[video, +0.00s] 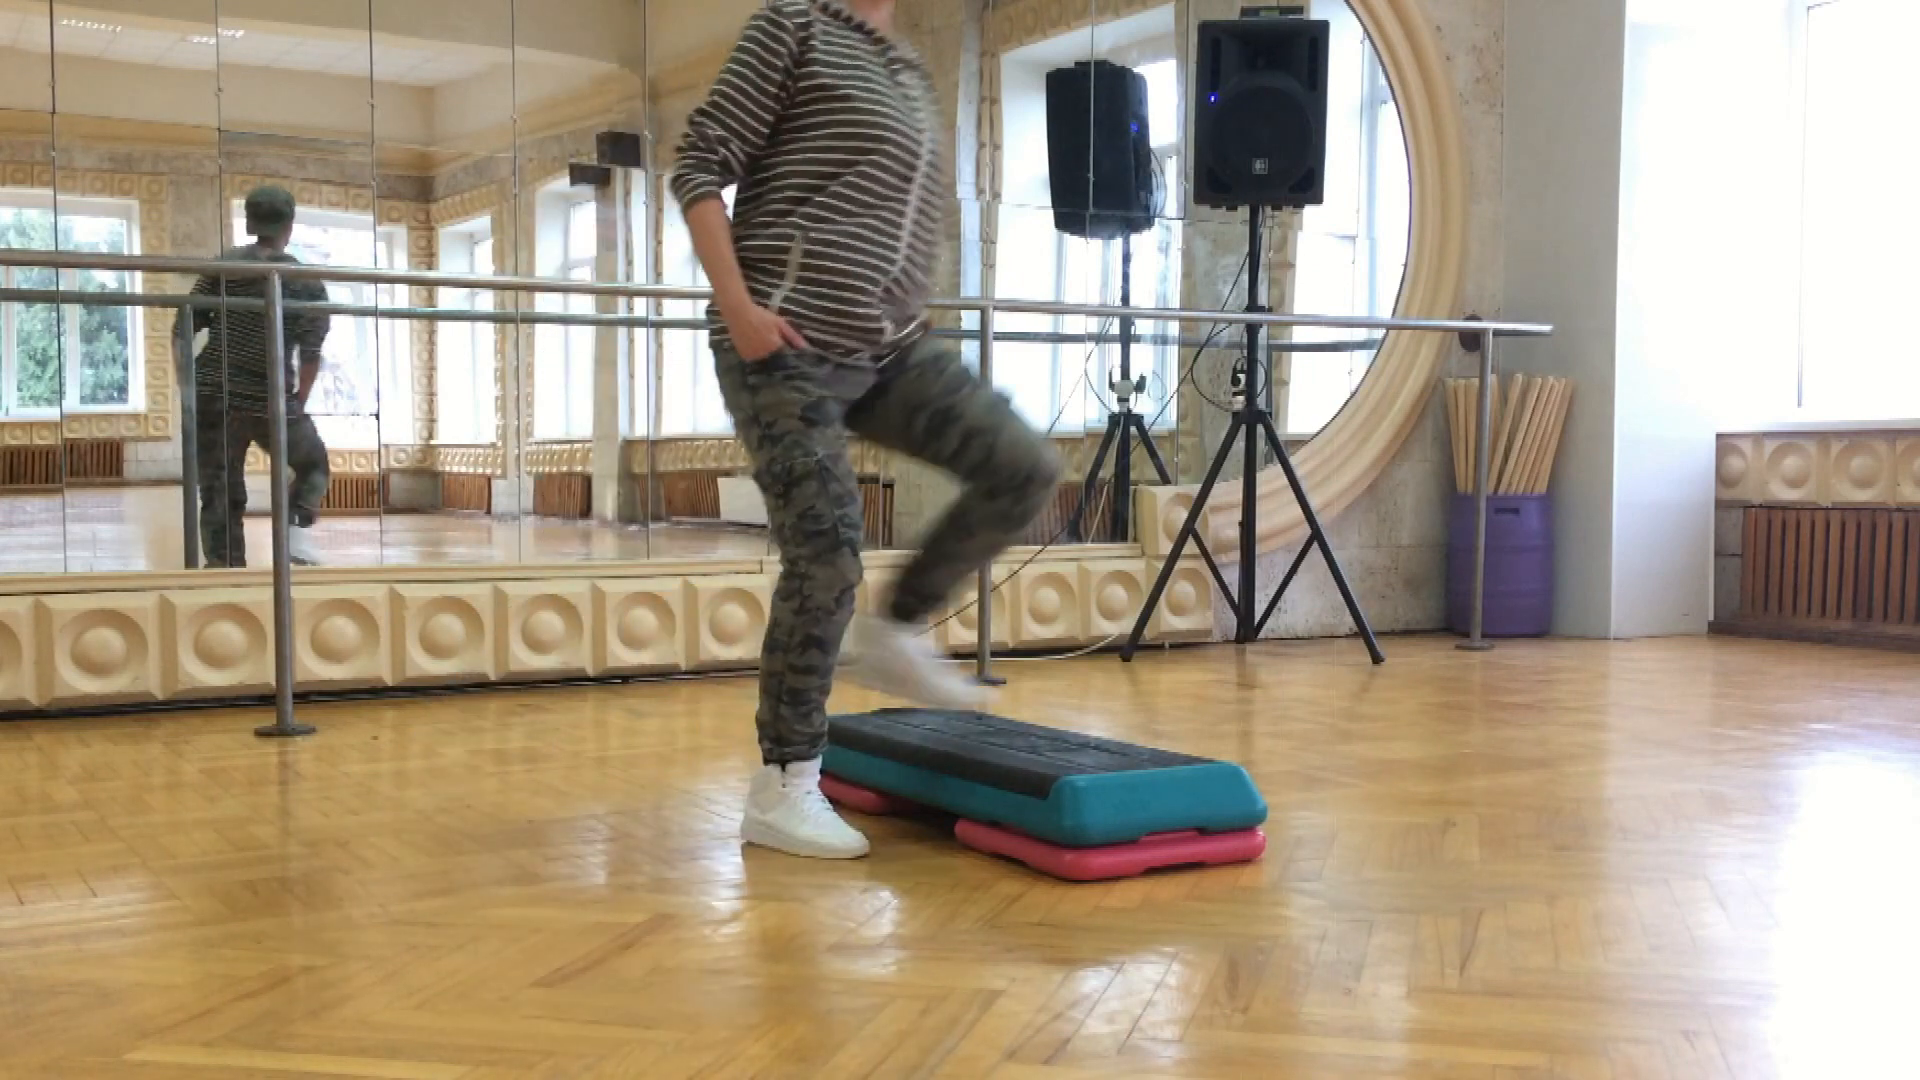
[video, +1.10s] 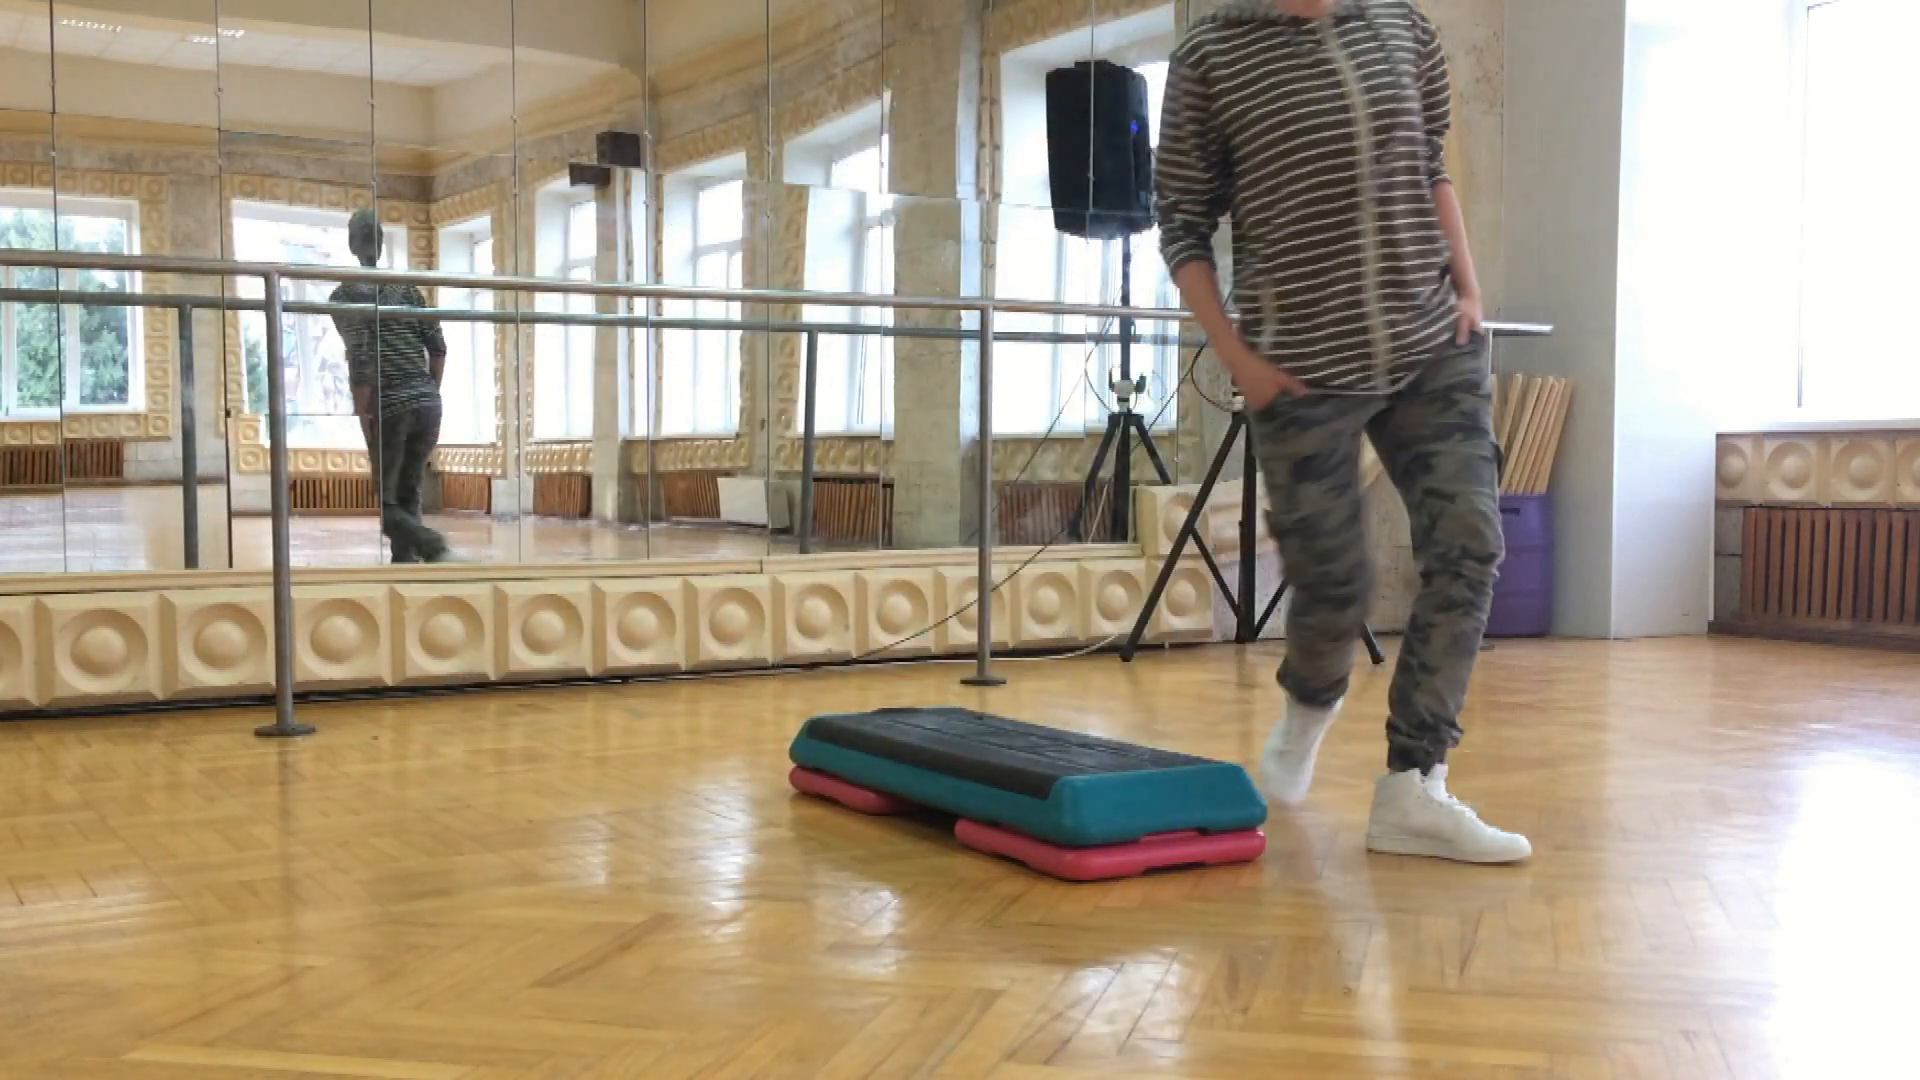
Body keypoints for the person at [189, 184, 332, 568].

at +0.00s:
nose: (284, 230)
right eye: (288, 223)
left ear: (248, 223)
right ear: (289, 226)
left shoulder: (222, 266)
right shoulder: (304, 278)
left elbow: (182, 328)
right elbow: (312, 350)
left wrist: (188, 382)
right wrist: (300, 398)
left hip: (214, 396)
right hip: (269, 398)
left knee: (221, 492)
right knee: (313, 465)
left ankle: (225, 581)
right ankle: (297, 532)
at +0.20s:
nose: (283, 211)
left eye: (275, 204)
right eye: (301, 205)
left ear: (272, 207)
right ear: (311, 205)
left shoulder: (252, 254)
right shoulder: (339, 259)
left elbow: (245, 322)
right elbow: (368, 322)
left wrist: (233, 374)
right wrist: (351, 374)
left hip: (267, 384)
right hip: (325, 384)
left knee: (256, 479)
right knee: (332, 468)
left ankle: (242, 566)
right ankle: (346, 553)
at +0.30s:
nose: (290, 211)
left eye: (284, 204)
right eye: (301, 204)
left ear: (283, 205)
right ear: (322, 203)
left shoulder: (270, 253)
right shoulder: (356, 257)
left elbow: (278, 317)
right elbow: (374, 317)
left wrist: (268, 366)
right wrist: (362, 362)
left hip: (304, 385)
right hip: (357, 385)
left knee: (267, 469)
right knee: (343, 468)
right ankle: (347, 552)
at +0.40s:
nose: (296, 208)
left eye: (293, 202)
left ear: (295, 206)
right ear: (333, 204)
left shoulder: (292, 253)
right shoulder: (360, 252)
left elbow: (306, 323)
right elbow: (387, 316)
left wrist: (296, 379)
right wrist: (369, 363)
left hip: (329, 383)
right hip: (369, 382)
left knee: (294, 468)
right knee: (350, 472)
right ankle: (349, 558)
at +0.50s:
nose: (313, 214)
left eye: (308, 207)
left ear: (309, 210)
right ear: (347, 209)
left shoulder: (310, 259)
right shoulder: (365, 253)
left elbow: (323, 325)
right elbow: (393, 317)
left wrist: (327, 382)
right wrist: (381, 363)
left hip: (352, 380)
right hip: (385, 378)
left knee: (352, 481)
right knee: (349, 471)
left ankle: (420, 540)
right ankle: (349, 557)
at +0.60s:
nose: (346, 228)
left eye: (333, 222)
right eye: (353, 220)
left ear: (326, 225)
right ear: (362, 222)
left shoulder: (330, 271)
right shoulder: (375, 266)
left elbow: (350, 330)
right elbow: (406, 330)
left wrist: (350, 390)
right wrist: (382, 366)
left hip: (374, 389)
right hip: (401, 387)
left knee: (395, 492)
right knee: (350, 467)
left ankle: (457, 559)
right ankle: (348, 557)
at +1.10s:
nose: (366, 246)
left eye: (359, 239)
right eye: (370, 239)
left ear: (351, 245)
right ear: (382, 243)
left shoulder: (342, 297)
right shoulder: (405, 286)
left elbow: (362, 355)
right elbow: (438, 345)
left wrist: (363, 413)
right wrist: (432, 394)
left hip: (388, 406)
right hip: (428, 403)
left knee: (388, 504)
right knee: (410, 493)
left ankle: (433, 547)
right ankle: (402, 572)